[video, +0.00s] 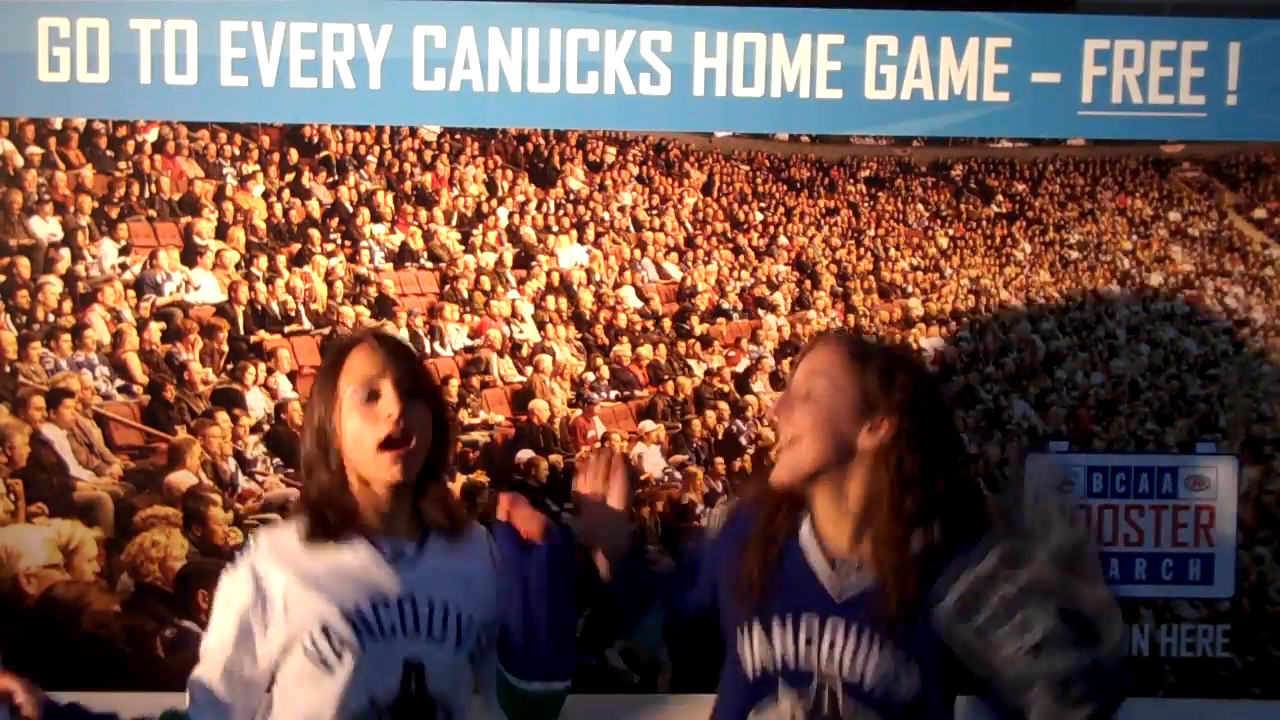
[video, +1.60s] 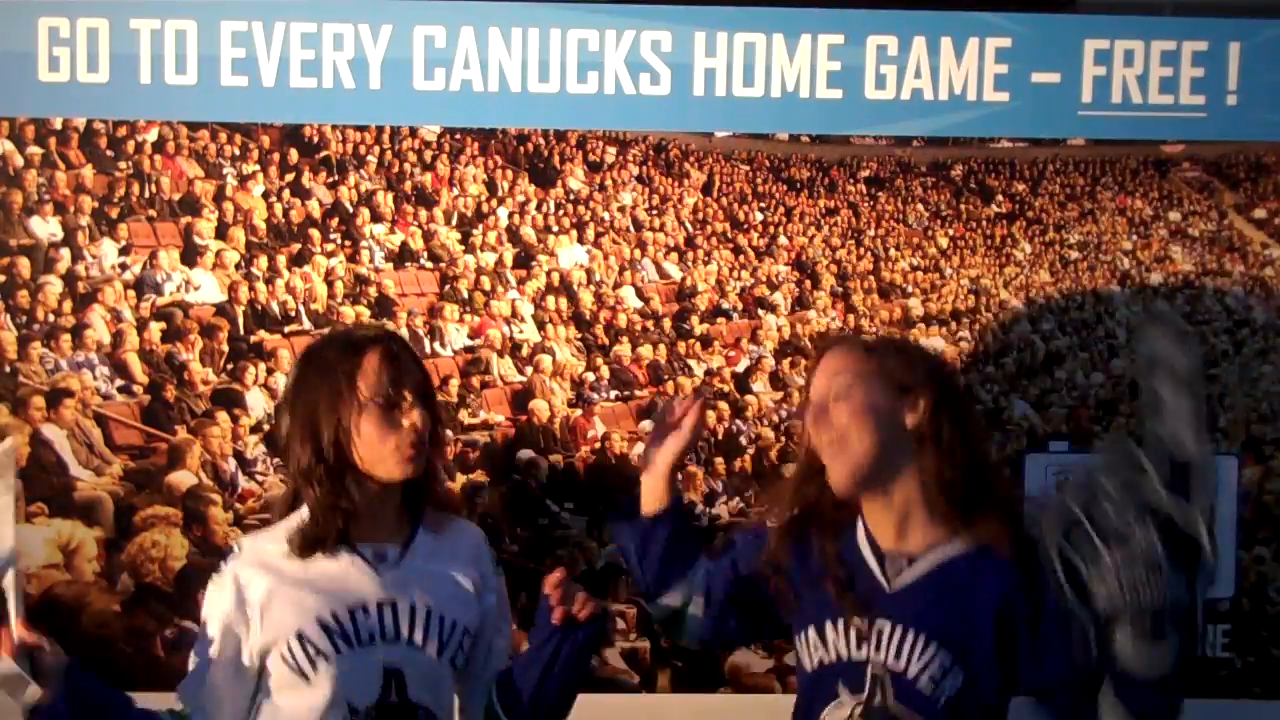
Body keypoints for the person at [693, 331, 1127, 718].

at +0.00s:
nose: (774, 410)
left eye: (801, 392)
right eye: (785, 392)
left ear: (875, 428)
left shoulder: (954, 563)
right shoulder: (745, 536)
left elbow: (1064, 692)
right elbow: (672, 633)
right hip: (745, 711)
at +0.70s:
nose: (870, 446)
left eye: (892, 430)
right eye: (850, 422)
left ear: (916, 458)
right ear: (814, 442)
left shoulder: (974, 577)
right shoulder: (772, 565)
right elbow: (636, 617)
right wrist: (639, 476)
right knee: (570, 708)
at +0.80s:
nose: (867, 372)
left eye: (889, 357)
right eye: (847, 357)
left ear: (924, 387)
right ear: (818, 390)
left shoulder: (996, 503)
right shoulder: (779, 528)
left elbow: (1138, 613)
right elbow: (698, 666)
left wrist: (1152, 502)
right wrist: (637, 593)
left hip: (963, 711)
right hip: (823, 712)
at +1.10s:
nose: (853, 459)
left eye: (867, 430)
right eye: (840, 448)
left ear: (933, 423)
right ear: (836, 473)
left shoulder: (1038, 571)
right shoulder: (830, 574)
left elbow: (1144, 687)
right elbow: (711, 668)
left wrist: (1103, 564)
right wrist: (658, 545)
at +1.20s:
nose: (821, 378)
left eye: (843, 357)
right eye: (819, 365)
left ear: (924, 368)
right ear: (820, 393)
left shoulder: (1023, 532)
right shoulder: (807, 509)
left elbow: (1127, 679)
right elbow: (657, 562)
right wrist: (652, 433)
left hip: (968, 707)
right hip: (821, 705)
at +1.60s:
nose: (810, 426)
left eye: (832, 400)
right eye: (808, 411)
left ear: (912, 409)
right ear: (805, 436)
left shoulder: (1019, 575)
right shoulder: (804, 550)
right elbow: (680, 602)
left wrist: (1146, 631)